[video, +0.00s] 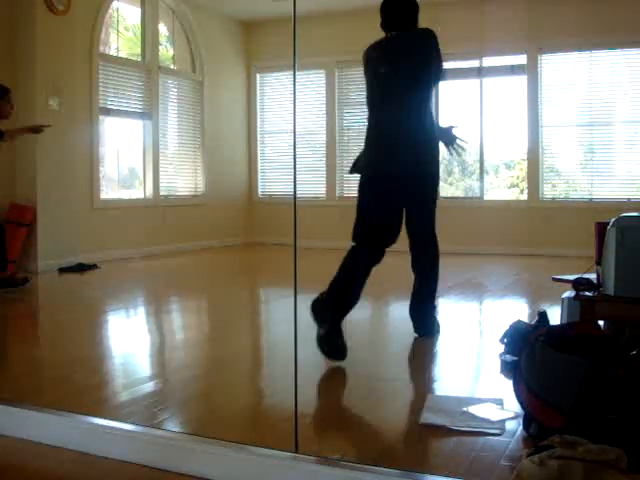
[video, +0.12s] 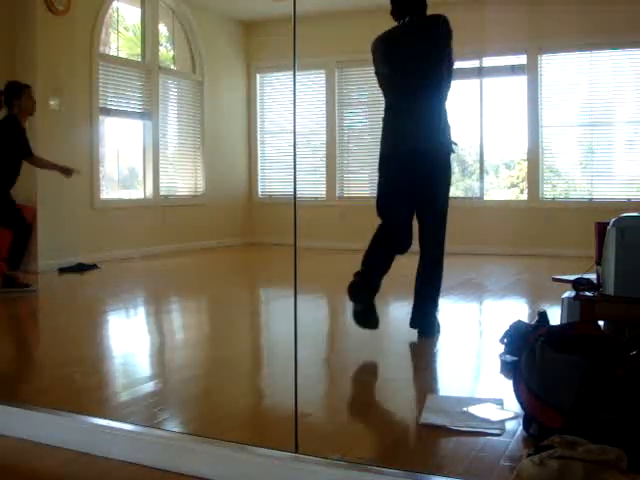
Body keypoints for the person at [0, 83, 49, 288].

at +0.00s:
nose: (11, 110)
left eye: (10, 104)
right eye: (8, 104)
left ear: (6, 105)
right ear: (2, 105)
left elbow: (7, 136)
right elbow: (7, 136)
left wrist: (28, 130)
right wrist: (27, 130)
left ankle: (8, 272)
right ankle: (6, 273)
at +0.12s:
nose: (34, 102)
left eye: (32, 98)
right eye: (29, 98)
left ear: (16, 103)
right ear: (17, 102)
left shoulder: (13, 126)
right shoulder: (12, 127)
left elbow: (31, 158)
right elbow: (30, 158)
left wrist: (58, 168)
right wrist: (60, 168)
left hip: (1, 193)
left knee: (21, 227)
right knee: (22, 228)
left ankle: (10, 274)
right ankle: (10, 274)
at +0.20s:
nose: (56, 88)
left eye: (57, 84)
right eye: (51, 83)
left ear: (57, 89)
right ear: (39, 86)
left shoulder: (52, 120)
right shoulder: (24, 107)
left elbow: (52, 156)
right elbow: (5, 134)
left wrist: (60, 181)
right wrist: (6, 155)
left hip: (33, 175)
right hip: (13, 172)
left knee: (30, 225)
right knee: (31, 225)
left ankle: (14, 270)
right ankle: (13, 270)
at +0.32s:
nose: (75, 85)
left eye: (80, 81)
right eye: (73, 79)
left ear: (87, 87)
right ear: (67, 81)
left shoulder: (83, 115)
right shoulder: (51, 96)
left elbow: (79, 145)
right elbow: (21, 95)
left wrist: (69, 164)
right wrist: (16, 76)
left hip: (59, 168)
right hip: (33, 164)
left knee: (79, 214)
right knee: (42, 213)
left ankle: (68, 252)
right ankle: (30, 259)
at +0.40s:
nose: (89, 89)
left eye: (93, 86)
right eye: (87, 84)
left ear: (99, 91)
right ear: (82, 85)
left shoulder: (98, 121)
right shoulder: (60, 95)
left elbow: (91, 152)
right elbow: (36, 72)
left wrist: (80, 168)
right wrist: (15, 52)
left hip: (73, 171)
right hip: (46, 167)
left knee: (93, 217)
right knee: (46, 219)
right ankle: (39, 267)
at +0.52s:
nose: (105, 90)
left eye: (111, 88)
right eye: (106, 87)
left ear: (120, 96)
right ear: (105, 92)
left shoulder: (122, 127)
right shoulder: (87, 105)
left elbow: (119, 164)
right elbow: (64, 78)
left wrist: (111, 191)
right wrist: (43, 53)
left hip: (110, 182)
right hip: (82, 178)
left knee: (119, 229)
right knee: (65, 224)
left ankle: (137, 265)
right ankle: (53, 269)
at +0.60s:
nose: (110, 91)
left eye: (116, 89)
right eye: (111, 88)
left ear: (125, 97)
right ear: (110, 93)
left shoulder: (127, 128)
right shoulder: (91, 106)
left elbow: (127, 163)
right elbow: (69, 79)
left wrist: (117, 188)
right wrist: (49, 55)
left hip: (117, 181)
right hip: (90, 177)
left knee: (120, 228)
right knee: (70, 222)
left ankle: (137, 266)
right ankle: (63, 266)